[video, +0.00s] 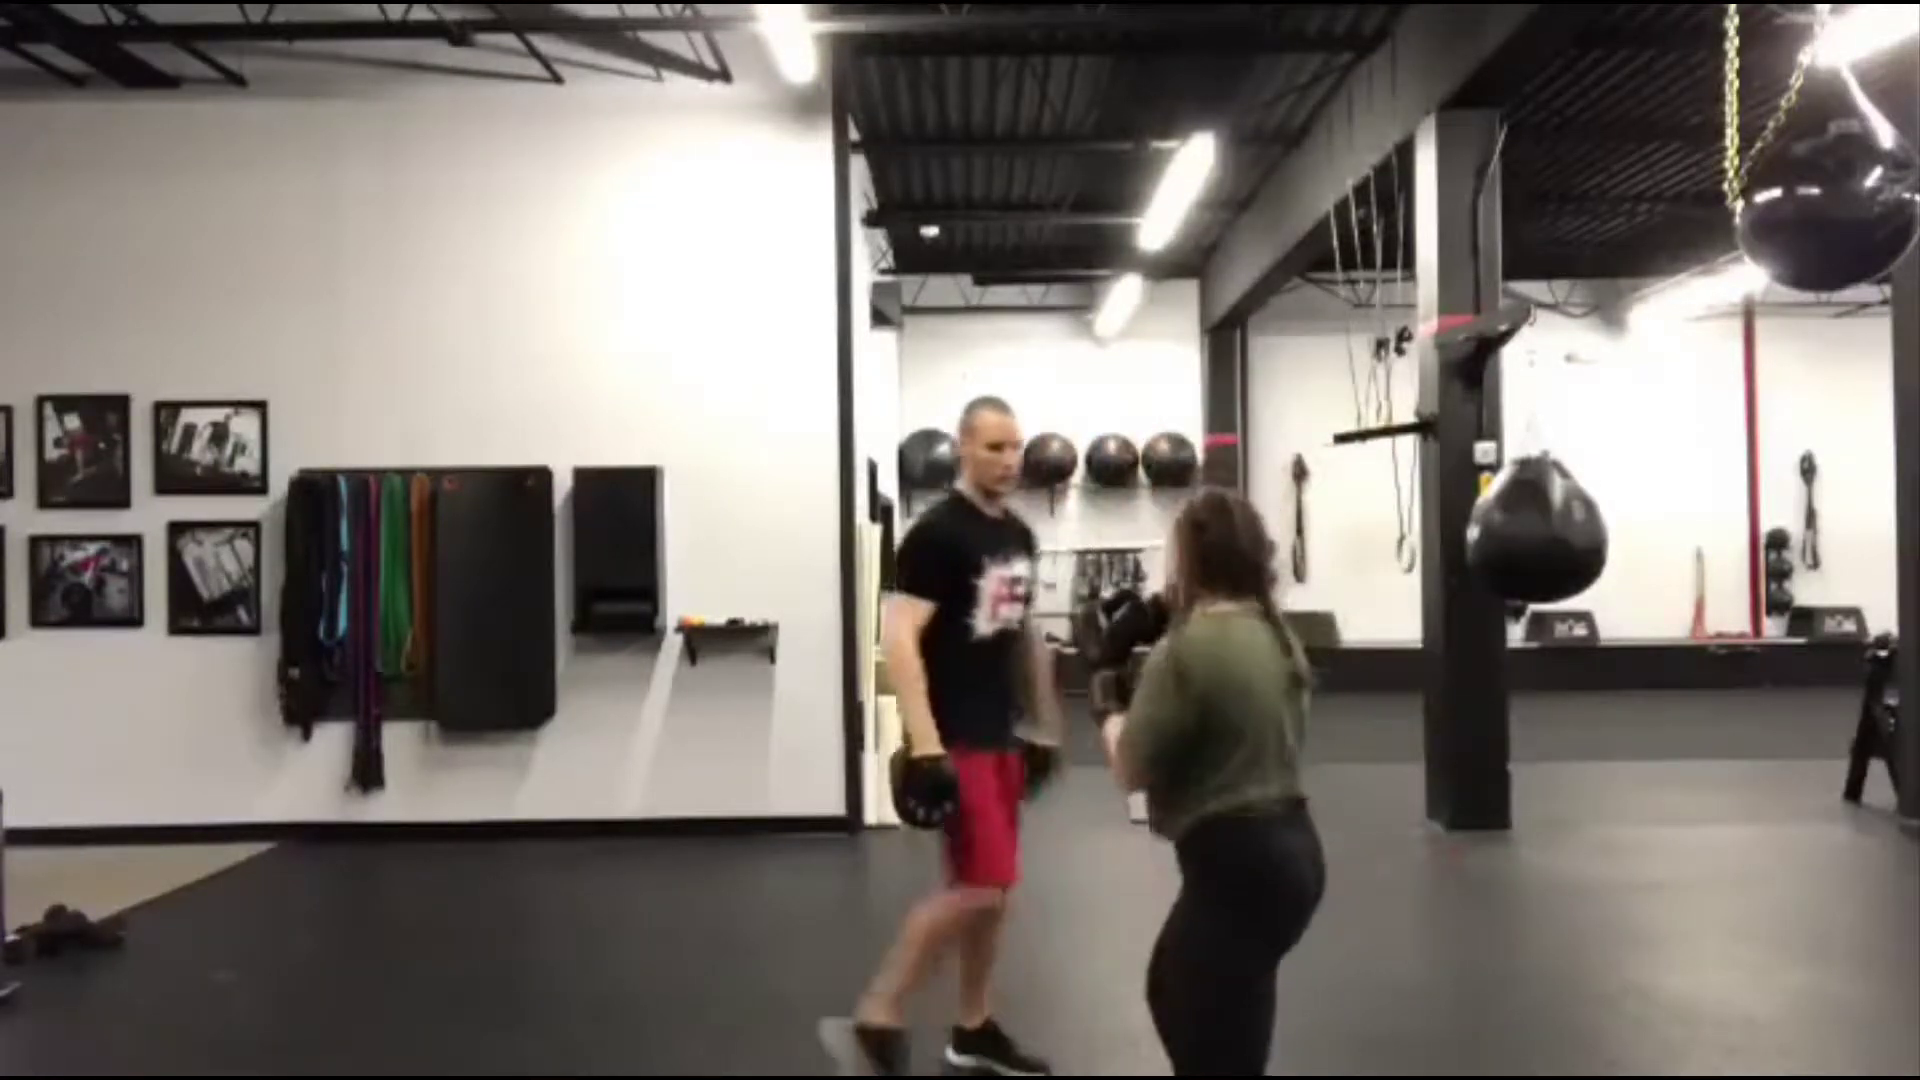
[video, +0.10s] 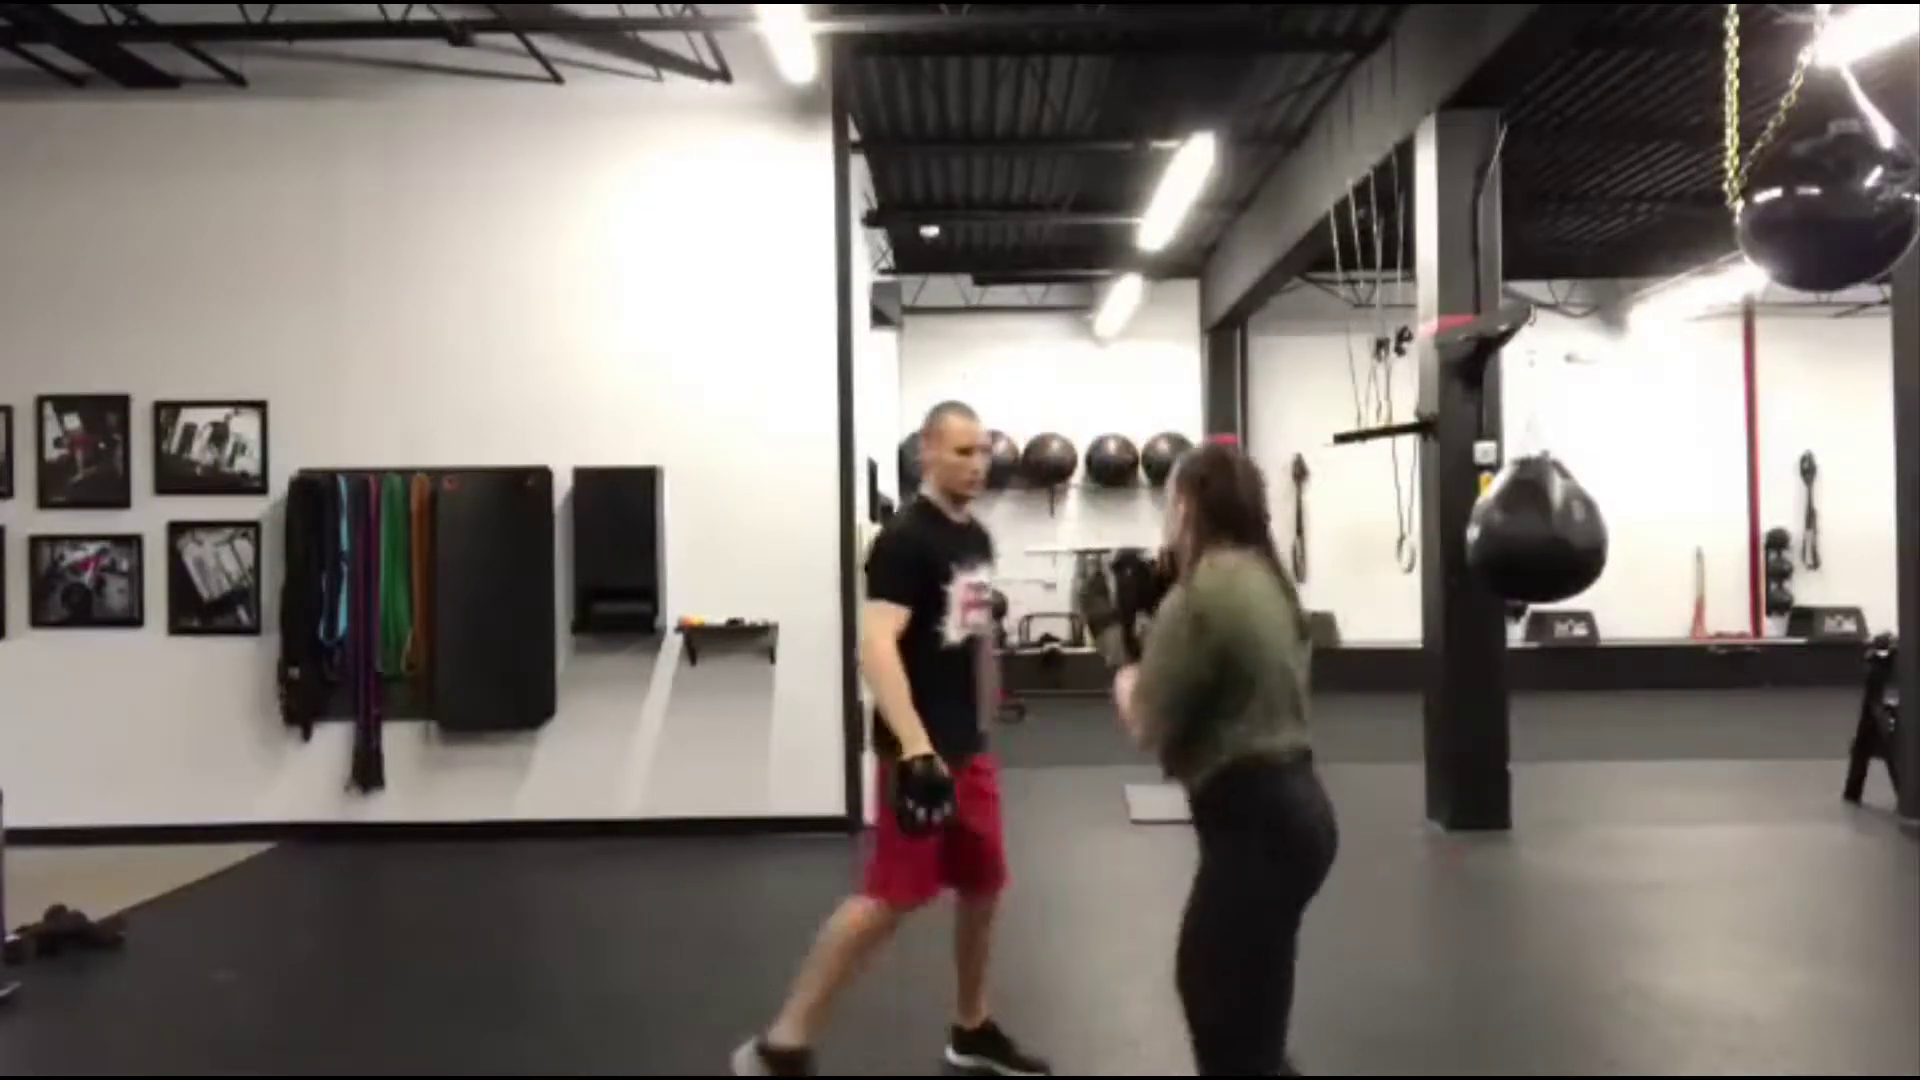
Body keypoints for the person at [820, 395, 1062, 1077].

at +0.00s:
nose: (1009, 461)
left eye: (1016, 448)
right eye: (994, 447)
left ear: (1022, 452)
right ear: (960, 449)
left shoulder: (1015, 537)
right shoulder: (936, 534)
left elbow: (1027, 639)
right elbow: (898, 639)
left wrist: (1044, 727)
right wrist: (924, 748)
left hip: (1003, 736)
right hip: (954, 739)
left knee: (992, 887)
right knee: (979, 886)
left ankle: (974, 1026)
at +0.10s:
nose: (978, 465)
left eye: (983, 453)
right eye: (964, 452)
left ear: (983, 459)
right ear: (927, 454)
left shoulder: (973, 538)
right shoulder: (905, 539)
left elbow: (965, 640)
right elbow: (876, 646)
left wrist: (976, 724)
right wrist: (917, 750)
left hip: (969, 750)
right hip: (916, 752)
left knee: (982, 884)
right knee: (891, 895)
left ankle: (972, 1026)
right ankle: (783, 1043)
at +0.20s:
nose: (946, 471)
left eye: (952, 459)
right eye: (933, 457)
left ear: (952, 465)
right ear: (892, 458)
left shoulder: (934, 543)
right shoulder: (868, 545)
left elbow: (919, 649)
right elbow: (854, 655)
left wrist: (927, 740)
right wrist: (912, 756)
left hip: (923, 756)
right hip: (859, 762)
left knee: (957, 884)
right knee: (815, 906)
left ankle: (969, 1027)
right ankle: (761, 1055)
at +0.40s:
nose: (884, 469)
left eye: (889, 457)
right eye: (872, 456)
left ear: (890, 461)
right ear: (833, 455)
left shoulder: (875, 537)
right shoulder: (801, 542)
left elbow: (873, 648)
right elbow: (800, 660)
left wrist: (902, 732)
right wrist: (881, 741)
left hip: (850, 755)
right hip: (789, 761)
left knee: (872, 878)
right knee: (771, 915)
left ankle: (865, 1012)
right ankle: (751, 1060)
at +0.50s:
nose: (858, 470)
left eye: (863, 458)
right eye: (845, 457)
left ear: (862, 464)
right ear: (806, 459)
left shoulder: (855, 546)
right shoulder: (772, 545)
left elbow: (857, 651)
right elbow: (766, 660)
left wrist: (890, 722)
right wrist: (857, 727)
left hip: (829, 755)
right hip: (768, 759)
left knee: (828, 882)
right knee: (768, 912)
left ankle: (770, 997)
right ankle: (750, 1058)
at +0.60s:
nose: (836, 476)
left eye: (843, 464)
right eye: (823, 463)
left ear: (847, 469)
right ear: (786, 465)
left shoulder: (835, 545)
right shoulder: (753, 549)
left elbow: (845, 640)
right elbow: (730, 657)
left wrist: (867, 695)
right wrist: (822, 714)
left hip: (791, 748)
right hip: (750, 752)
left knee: (760, 885)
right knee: (768, 909)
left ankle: (692, 981)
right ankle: (750, 1061)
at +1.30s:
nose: (801, 499)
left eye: (807, 487)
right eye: (792, 484)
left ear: (800, 488)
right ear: (751, 477)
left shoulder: (770, 561)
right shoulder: (715, 557)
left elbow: (816, 648)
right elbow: (718, 660)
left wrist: (856, 607)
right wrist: (805, 615)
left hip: (713, 759)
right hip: (708, 762)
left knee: (692, 889)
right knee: (764, 906)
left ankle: (645, 1014)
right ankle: (760, 1066)